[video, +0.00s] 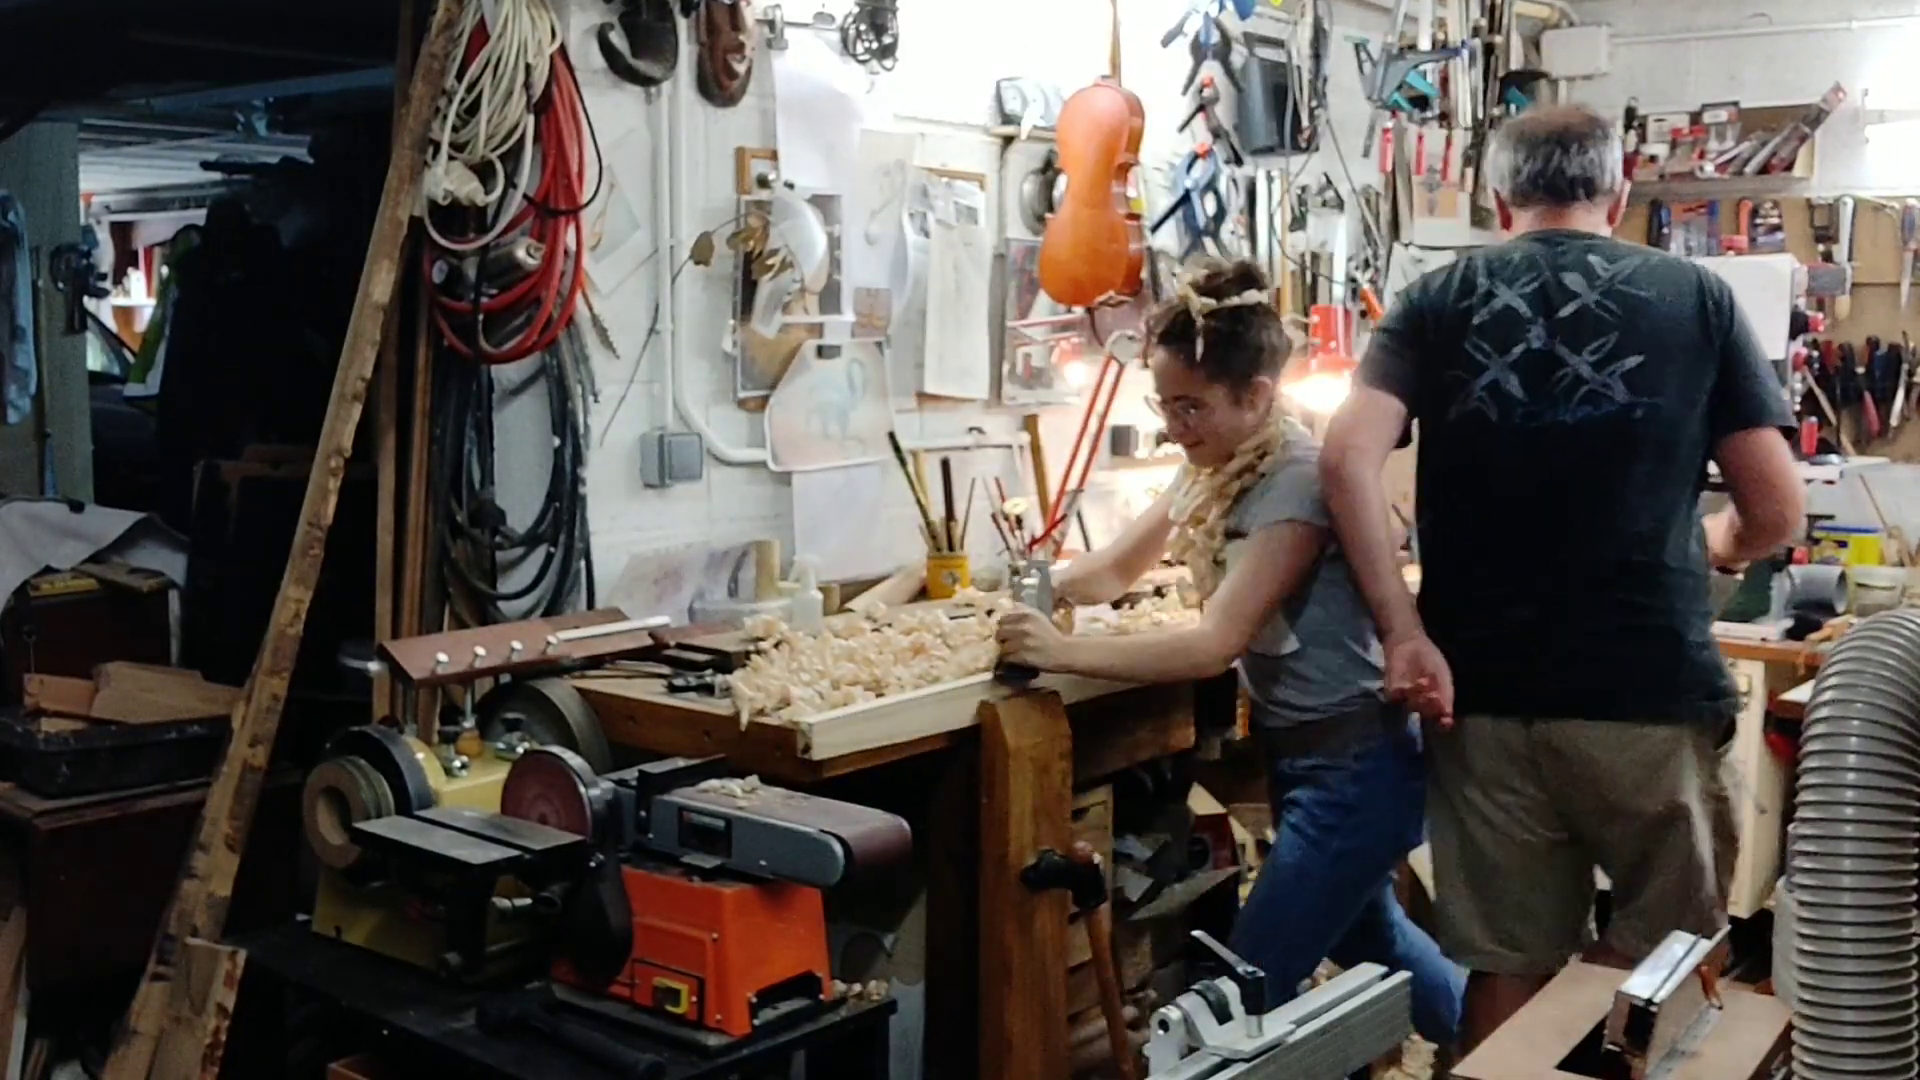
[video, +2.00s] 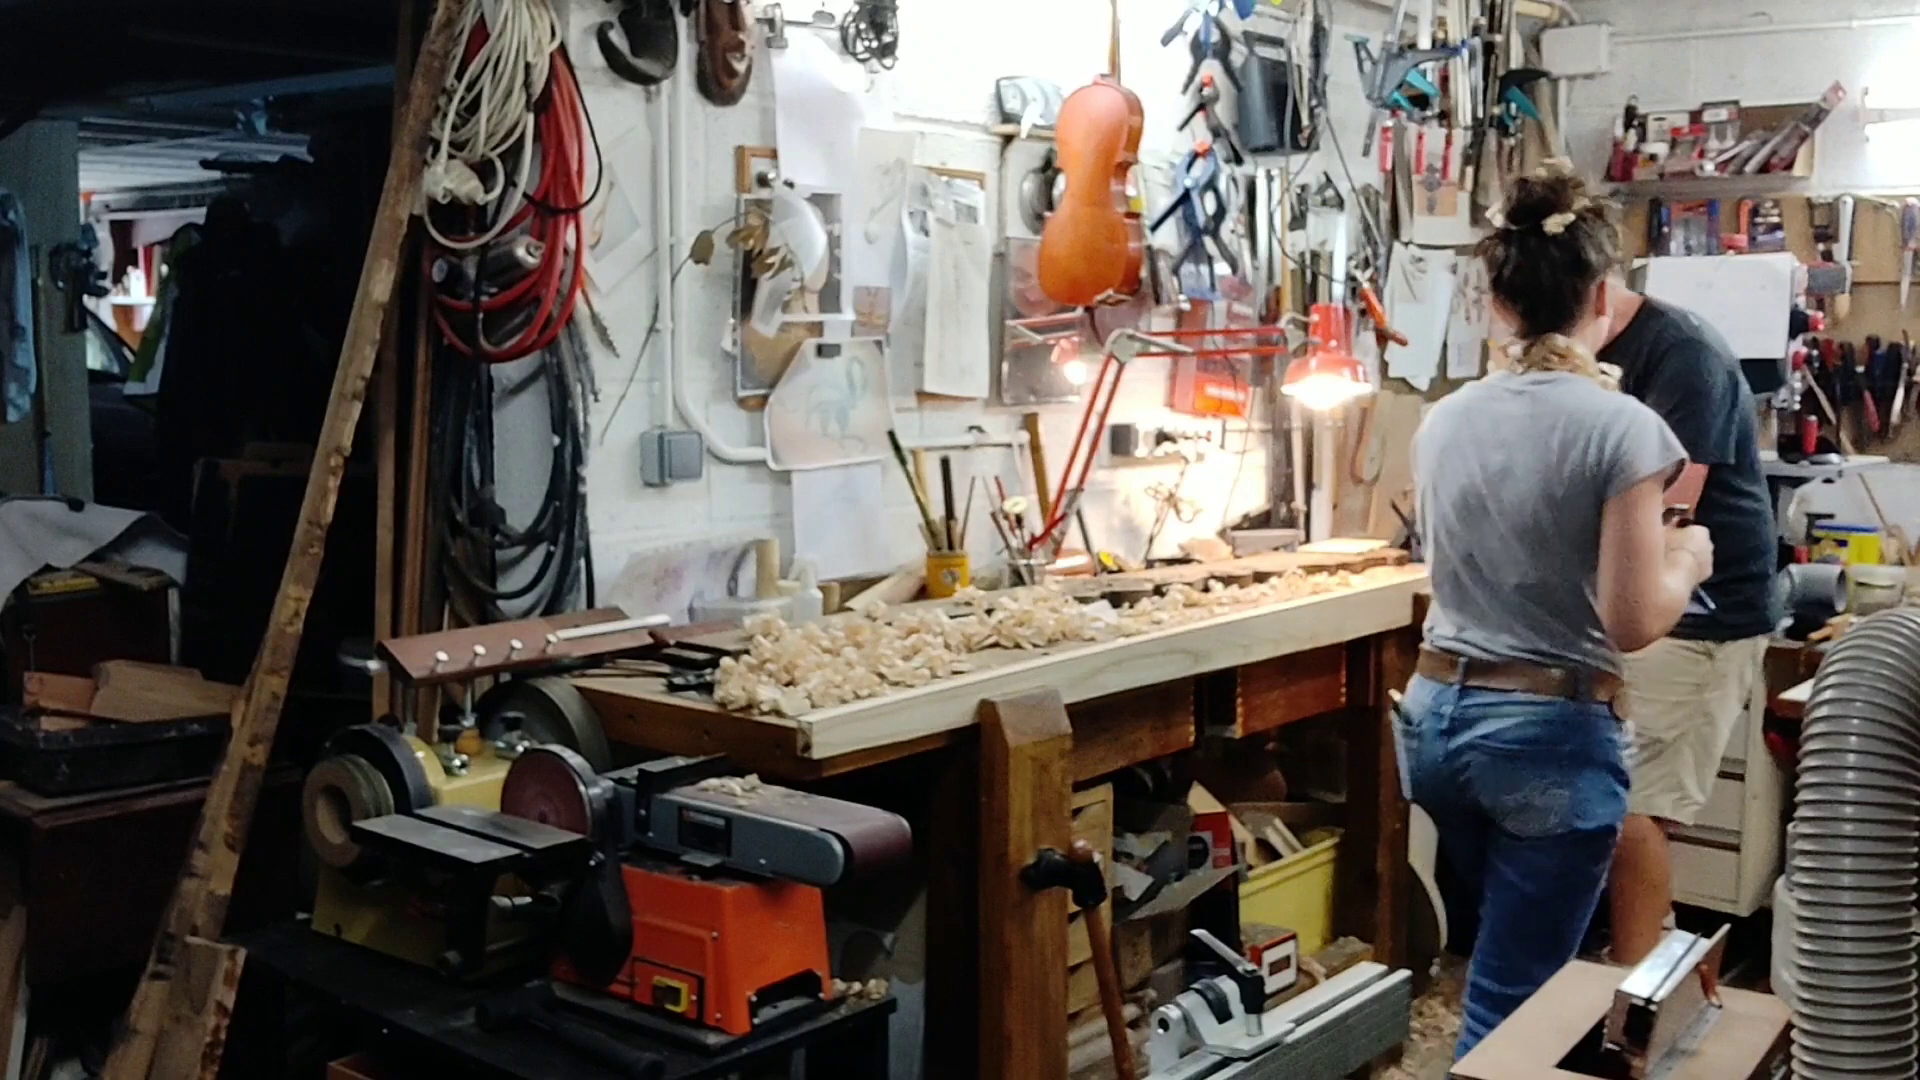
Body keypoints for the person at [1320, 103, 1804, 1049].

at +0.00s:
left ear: (1500, 203)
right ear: (1619, 196)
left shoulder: (1442, 295)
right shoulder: (1693, 296)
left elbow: (1347, 456)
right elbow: (1775, 514)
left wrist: (1399, 629)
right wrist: (1712, 543)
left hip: (1484, 687)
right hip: (1648, 689)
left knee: (1509, 969)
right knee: (1668, 962)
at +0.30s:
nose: (1585, 217)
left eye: (1585, 202)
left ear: (1597, 205)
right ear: (1712, 198)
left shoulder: (1553, 307)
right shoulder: (1800, 308)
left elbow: (1467, 488)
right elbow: (1870, 517)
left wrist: (1480, 644)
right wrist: (1792, 539)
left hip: (1577, 680)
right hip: (1738, 689)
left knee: (1572, 950)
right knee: (1727, 965)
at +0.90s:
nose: (1635, 240)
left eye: (1635, 218)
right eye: (1630, 221)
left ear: (1672, 213)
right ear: (1744, 204)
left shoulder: (1657, 319)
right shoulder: (1858, 311)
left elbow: (1601, 508)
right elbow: (1903, 472)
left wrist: (1600, 561)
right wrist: (1814, 485)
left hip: (1681, 634)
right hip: (1814, 632)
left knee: (1682, 862)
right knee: (1784, 845)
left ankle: (1717, 1057)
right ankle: (1801, 1041)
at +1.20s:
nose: (1631, 259)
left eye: (1634, 237)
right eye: (1627, 241)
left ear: (1688, 224)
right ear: (1723, 221)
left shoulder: (1718, 320)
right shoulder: (1824, 311)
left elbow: (1661, 495)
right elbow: (1802, 469)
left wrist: (1575, 523)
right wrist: (1656, 472)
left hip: (1722, 642)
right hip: (1813, 634)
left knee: (1672, 841)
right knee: (1768, 840)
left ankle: (1709, 1033)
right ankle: (1788, 1011)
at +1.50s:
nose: (1600, 270)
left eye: (1606, 248)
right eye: (1596, 251)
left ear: (1667, 230)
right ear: (1667, 234)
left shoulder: (1740, 324)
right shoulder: (1696, 318)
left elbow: (1699, 492)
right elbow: (1665, 457)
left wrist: (1558, 515)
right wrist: (1581, 481)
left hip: (1709, 628)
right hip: (1716, 620)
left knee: (1636, 810)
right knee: (1726, 808)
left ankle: (1632, 1009)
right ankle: (1778, 982)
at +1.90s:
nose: (1559, 303)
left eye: (1564, 284)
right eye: (1553, 286)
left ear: (1609, 264)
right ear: (1598, 267)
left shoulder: (1695, 343)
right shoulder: (1607, 346)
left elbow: (1666, 502)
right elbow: (1599, 465)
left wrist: (1563, 501)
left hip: (1709, 618)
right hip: (1648, 605)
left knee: (1640, 814)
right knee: (1623, 807)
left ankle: (1633, 994)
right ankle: (1637, 985)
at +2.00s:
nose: (1553, 328)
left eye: (1557, 314)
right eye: (1547, 316)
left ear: (1596, 292)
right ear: (1598, 287)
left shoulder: (1687, 355)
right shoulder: (1596, 353)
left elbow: (1666, 509)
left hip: (1704, 618)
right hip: (1632, 604)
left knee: (1634, 813)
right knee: (1603, 802)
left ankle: (1637, 990)